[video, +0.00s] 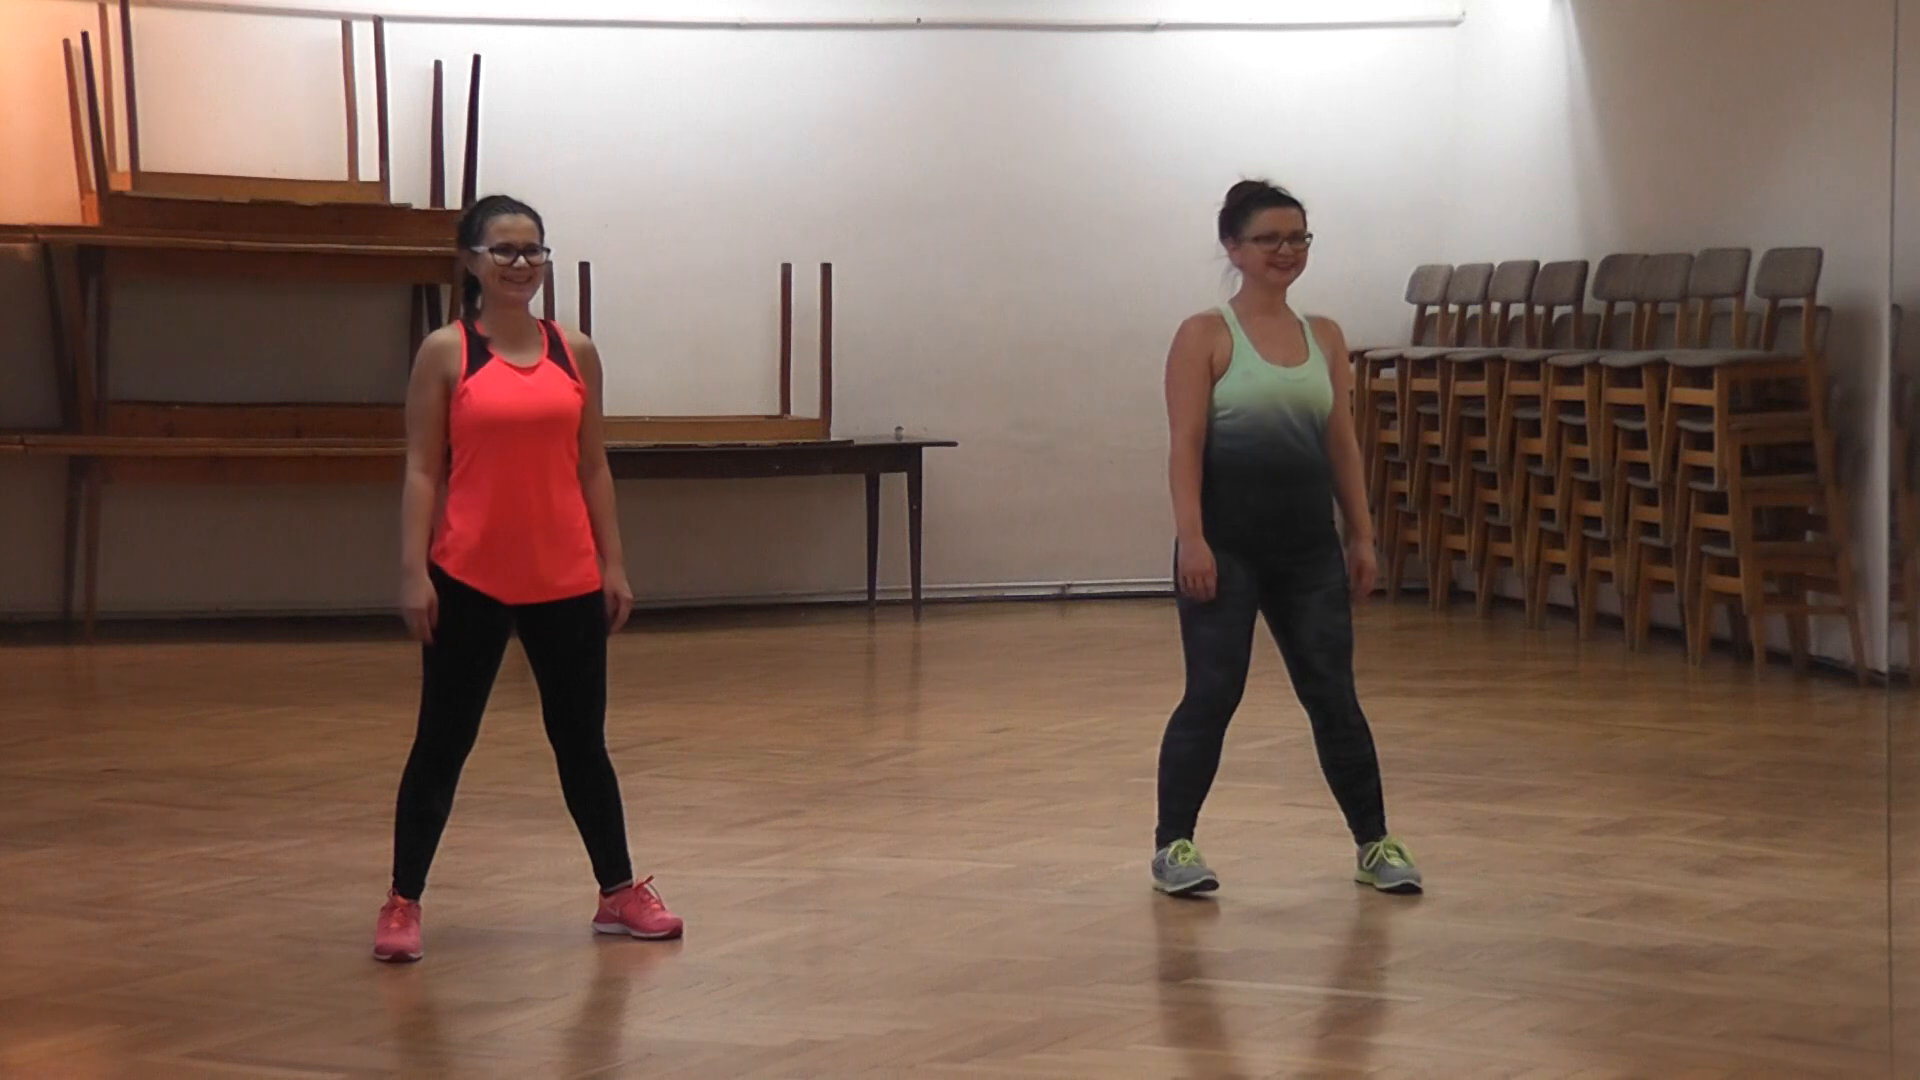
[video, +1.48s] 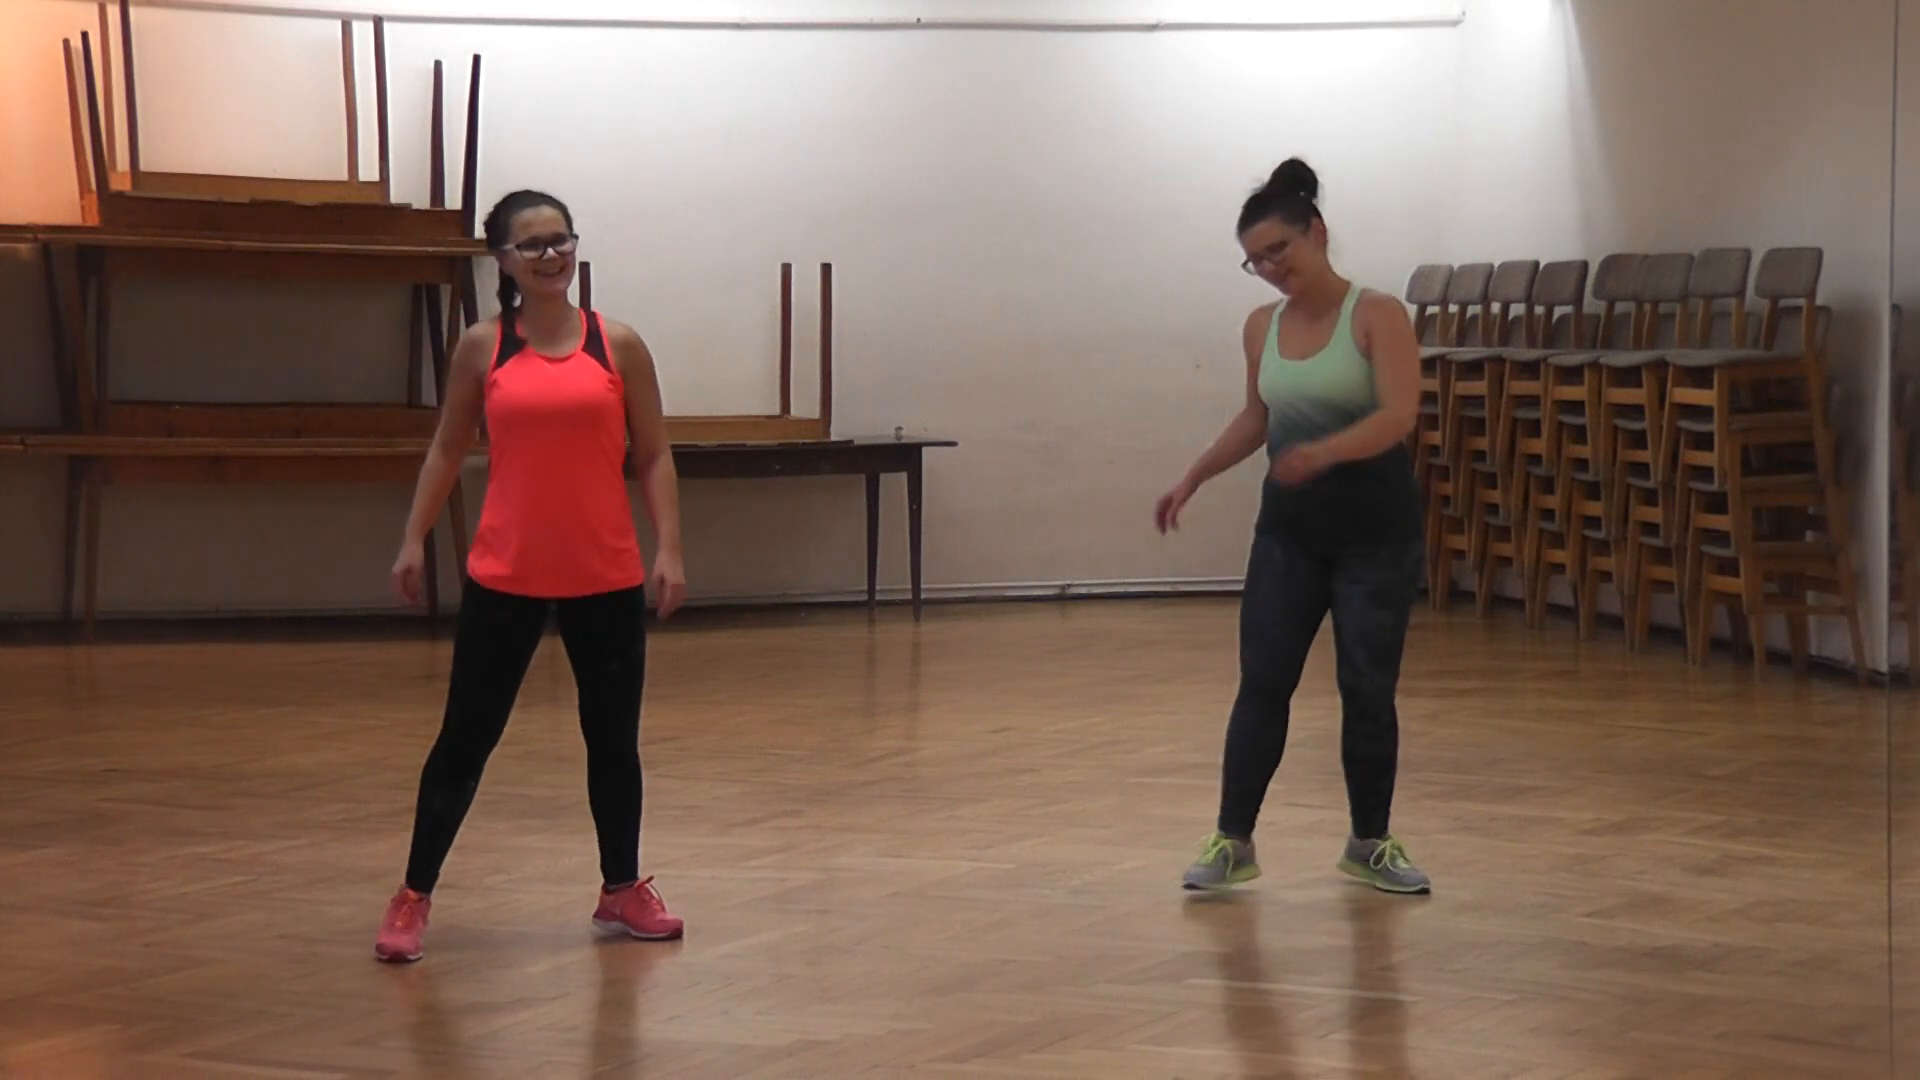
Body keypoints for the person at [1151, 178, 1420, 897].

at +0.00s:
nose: (1288, 251)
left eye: (1298, 239)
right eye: (1270, 240)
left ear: (1308, 244)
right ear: (1234, 247)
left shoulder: (1325, 336)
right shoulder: (1203, 336)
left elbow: (1342, 445)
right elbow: (1186, 445)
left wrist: (1362, 535)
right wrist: (1190, 537)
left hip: (1309, 547)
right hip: (1224, 550)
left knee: (1334, 696)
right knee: (1211, 697)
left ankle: (1374, 844)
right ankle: (1174, 845)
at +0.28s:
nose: (1279, 246)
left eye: (1288, 234)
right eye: (1262, 236)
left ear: (1300, 240)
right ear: (1225, 244)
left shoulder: (1321, 331)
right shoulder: (1201, 333)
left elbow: (1339, 441)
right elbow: (1175, 443)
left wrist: (1359, 527)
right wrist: (1183, 537)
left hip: (1314, 544)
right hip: (1228, 548)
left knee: (1333, 695)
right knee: (1212, 696)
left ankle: (1354, 846)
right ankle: (1173, 843)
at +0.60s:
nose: (1287, 241)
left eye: (1296, 228)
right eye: (1269, 231)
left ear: (1308, 237)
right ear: (1235, 244)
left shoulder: (1335, 332)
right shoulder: (1209, 333)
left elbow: (1359, 440)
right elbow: (1189, 443)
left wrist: (1391, 533)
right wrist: (1192, 538)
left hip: (1328, 546)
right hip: (1239, 548)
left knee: (1336, 696)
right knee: (1219, 696)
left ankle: (1350, 845)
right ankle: (1177, 846)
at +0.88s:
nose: (1297, 245)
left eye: (1305, 232)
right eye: (1278, 236)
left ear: (1318, 237)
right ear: (1245, 248)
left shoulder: (1344, 336)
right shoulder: (1220, 334)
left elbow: (1375, 446)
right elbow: (1195, 444)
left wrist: (1411, 533)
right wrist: (1188, 538)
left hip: (1340, 551)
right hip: (1251, 552)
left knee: (1349, 702)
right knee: (1226, 699)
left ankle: (1357, 849)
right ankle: (1179, 849)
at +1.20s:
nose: (1296, 248)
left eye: (1299, 231)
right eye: (1277, 248)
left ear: (1315, 228)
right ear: (1255, 266)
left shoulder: (1378, 322)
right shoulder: (1240, 336)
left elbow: (1417, 423)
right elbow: (1221, 430)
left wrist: (1436, 508)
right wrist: (1197, 492)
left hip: (1363, 545)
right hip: (1270, 545)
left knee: (1359, 700)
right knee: (1246, 696)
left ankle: (1358, 848)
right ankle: (1211, 847)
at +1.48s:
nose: (1270, 269)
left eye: (1278, 250)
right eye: (1256, 260)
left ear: (1318, 231)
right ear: (1251, 262)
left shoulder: (1381, 317)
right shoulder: (1263, 327)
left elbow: (1400, 416)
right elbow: (1257, 417)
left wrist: (1322, 451)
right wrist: (1193, 476)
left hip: (1375, 530)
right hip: (1288, 529)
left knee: (1368, 691)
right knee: (1262, 684)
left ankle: (1369, 842)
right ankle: (1233, 840)